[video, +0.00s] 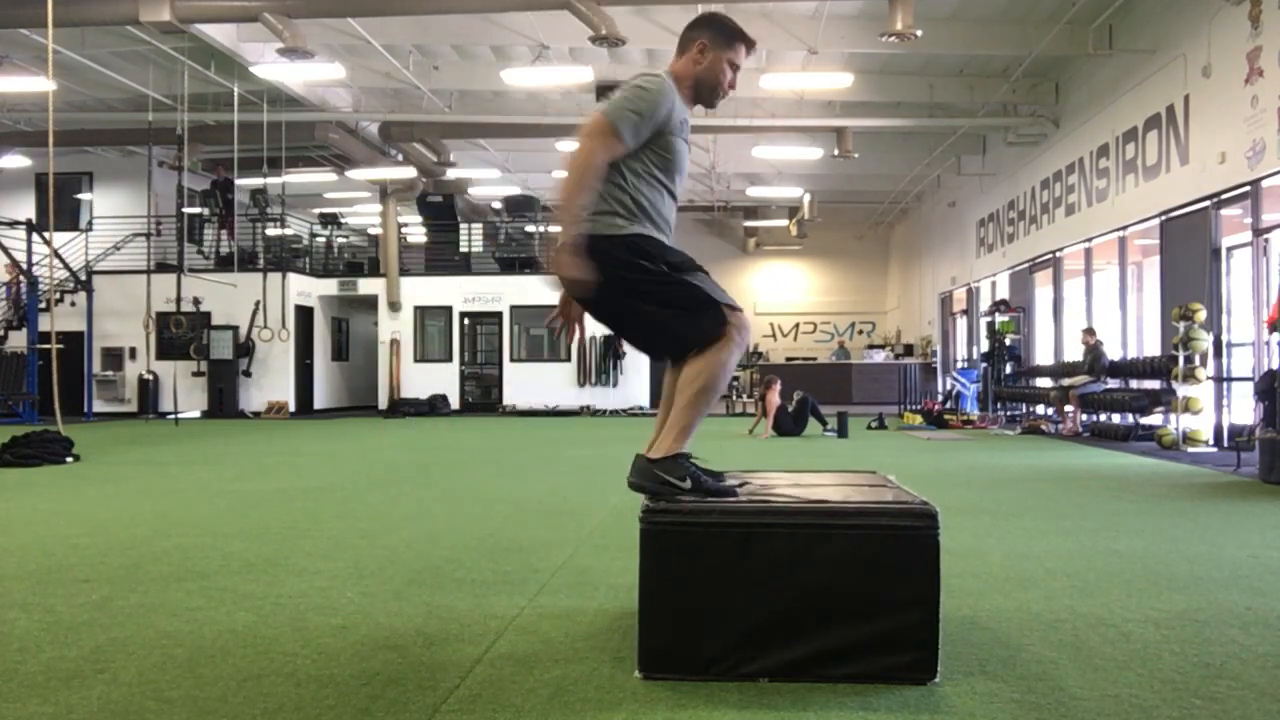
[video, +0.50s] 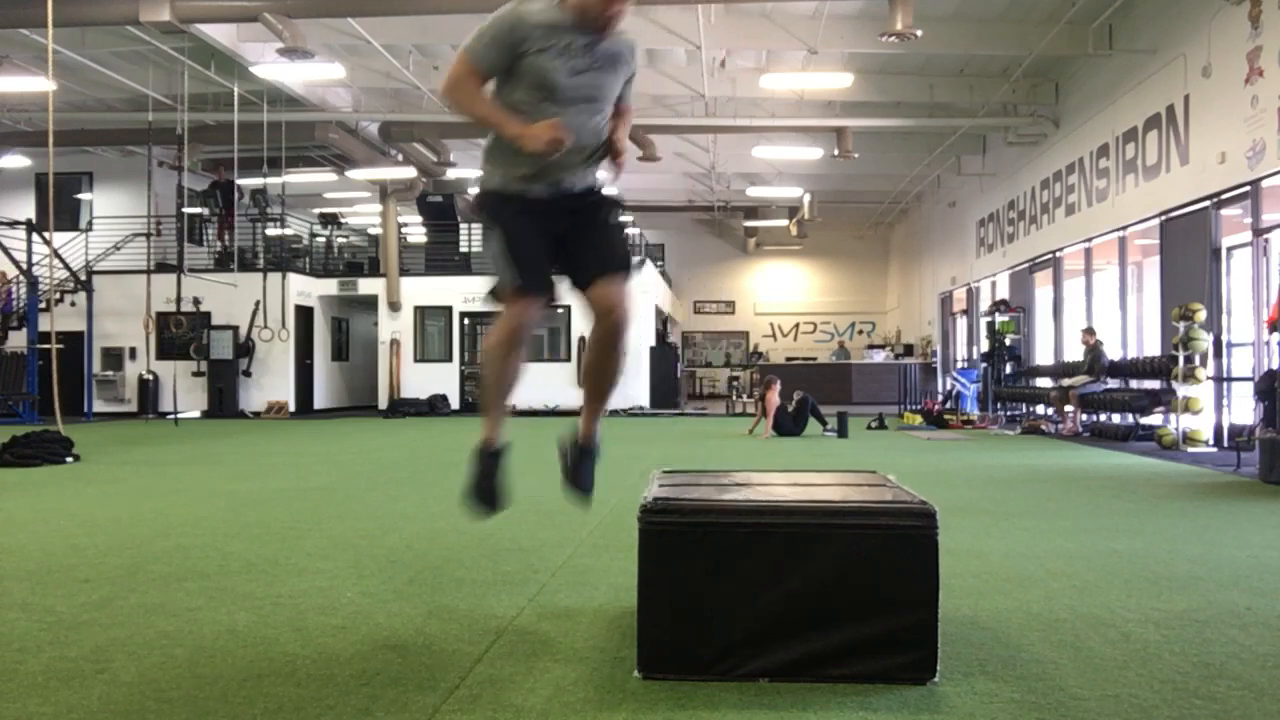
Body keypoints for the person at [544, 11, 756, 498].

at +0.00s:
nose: (733, 84)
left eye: (738, 72)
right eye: (732, 68)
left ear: (700, 57)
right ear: (699, 52)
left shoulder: (672, 113)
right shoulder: (657, 90)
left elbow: (611, 198)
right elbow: (590, 150)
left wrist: (575, 282)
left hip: (613, 252)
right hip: (619, 243)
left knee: (698, 343)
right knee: (732, 327)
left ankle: (659, 457)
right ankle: (667, 456)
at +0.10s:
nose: (729, 73)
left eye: (732, 62)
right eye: (726, 57)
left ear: (692, 49)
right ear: (693, 42)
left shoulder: (668, 102)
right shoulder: (654, 84)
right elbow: (606, 147)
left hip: (606, 245)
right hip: (604, 239)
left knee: (698, 345)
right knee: (728, 327)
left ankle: (661, 458)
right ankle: (667, 457)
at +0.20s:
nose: (717, 40)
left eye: (721, 30)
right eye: (713, 23)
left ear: (681, 17)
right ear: (676, 9)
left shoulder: (664, 78)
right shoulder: (633, 50)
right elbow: (579, 106)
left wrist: (655, 183)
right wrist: (649, 167)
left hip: (614, 214)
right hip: (587, 208)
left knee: (684, 316)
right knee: (686, 310)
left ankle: (665, 455)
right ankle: (662, 455)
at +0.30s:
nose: (693, 7)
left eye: (695, 2)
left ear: (680, 6)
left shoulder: (662, 47)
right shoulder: (600, 10)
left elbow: (629, 112)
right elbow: (540, 69)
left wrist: (647, 167)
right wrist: (606, 128)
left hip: (604, 185)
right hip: (553, 171)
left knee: (661, 291)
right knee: (616, 289)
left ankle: (657, 439)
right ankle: (636, 439)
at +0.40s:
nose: (653, 4)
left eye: (657, 2)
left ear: (651, 6)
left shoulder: (641, 36)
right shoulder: (561, 7)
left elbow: (625, 92)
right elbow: (492, 60)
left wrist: (632, 131)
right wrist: (558, 113)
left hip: (594, 170)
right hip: (531, 166)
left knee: (647, 279)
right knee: (578, 280)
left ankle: (594, 398)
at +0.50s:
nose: (615, 13)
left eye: (621, 7)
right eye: (608, 4)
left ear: (626, 6)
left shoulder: (622, 50)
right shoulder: (521, 22)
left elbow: (620, 106)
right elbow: (457, 87)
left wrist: (618, 135)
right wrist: (520, 130)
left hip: (580, 196)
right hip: (513, 196)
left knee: (614, 310)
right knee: (522, 311)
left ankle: (586, 438)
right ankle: (490, 445)